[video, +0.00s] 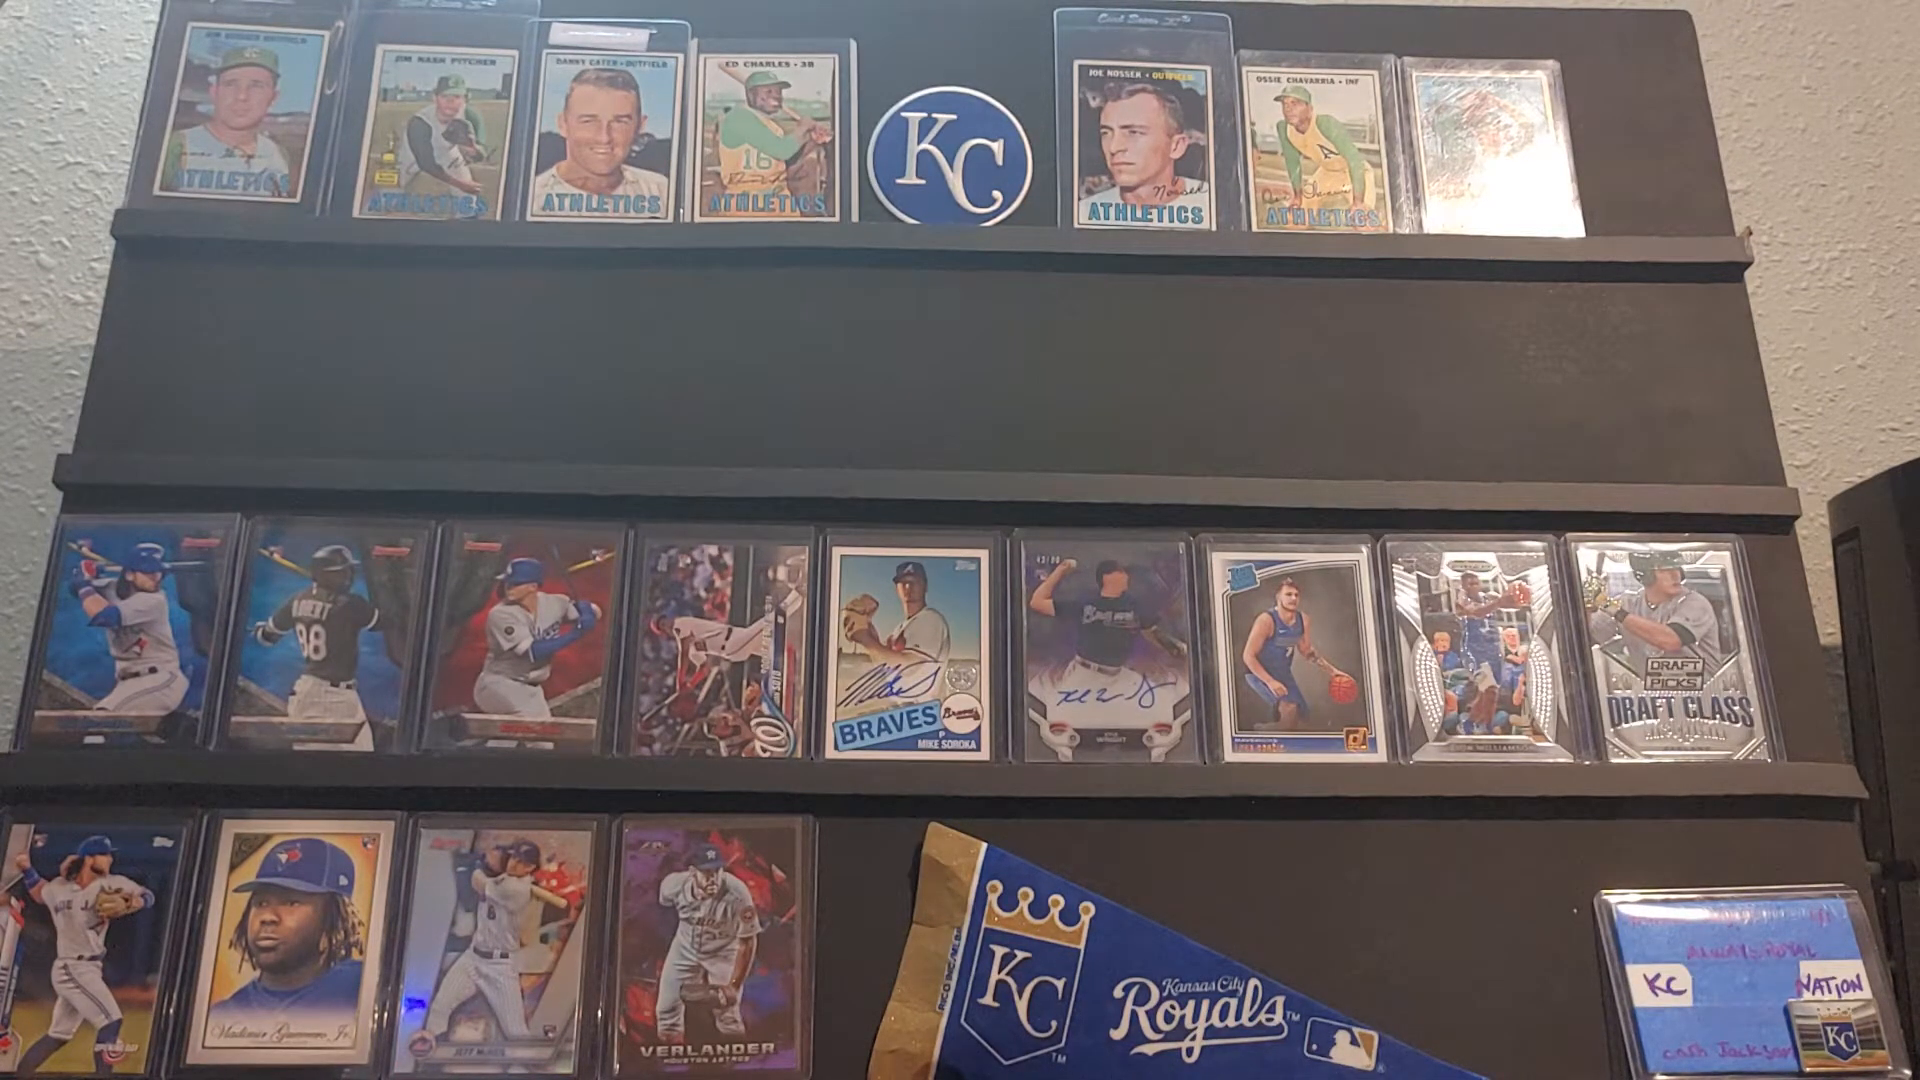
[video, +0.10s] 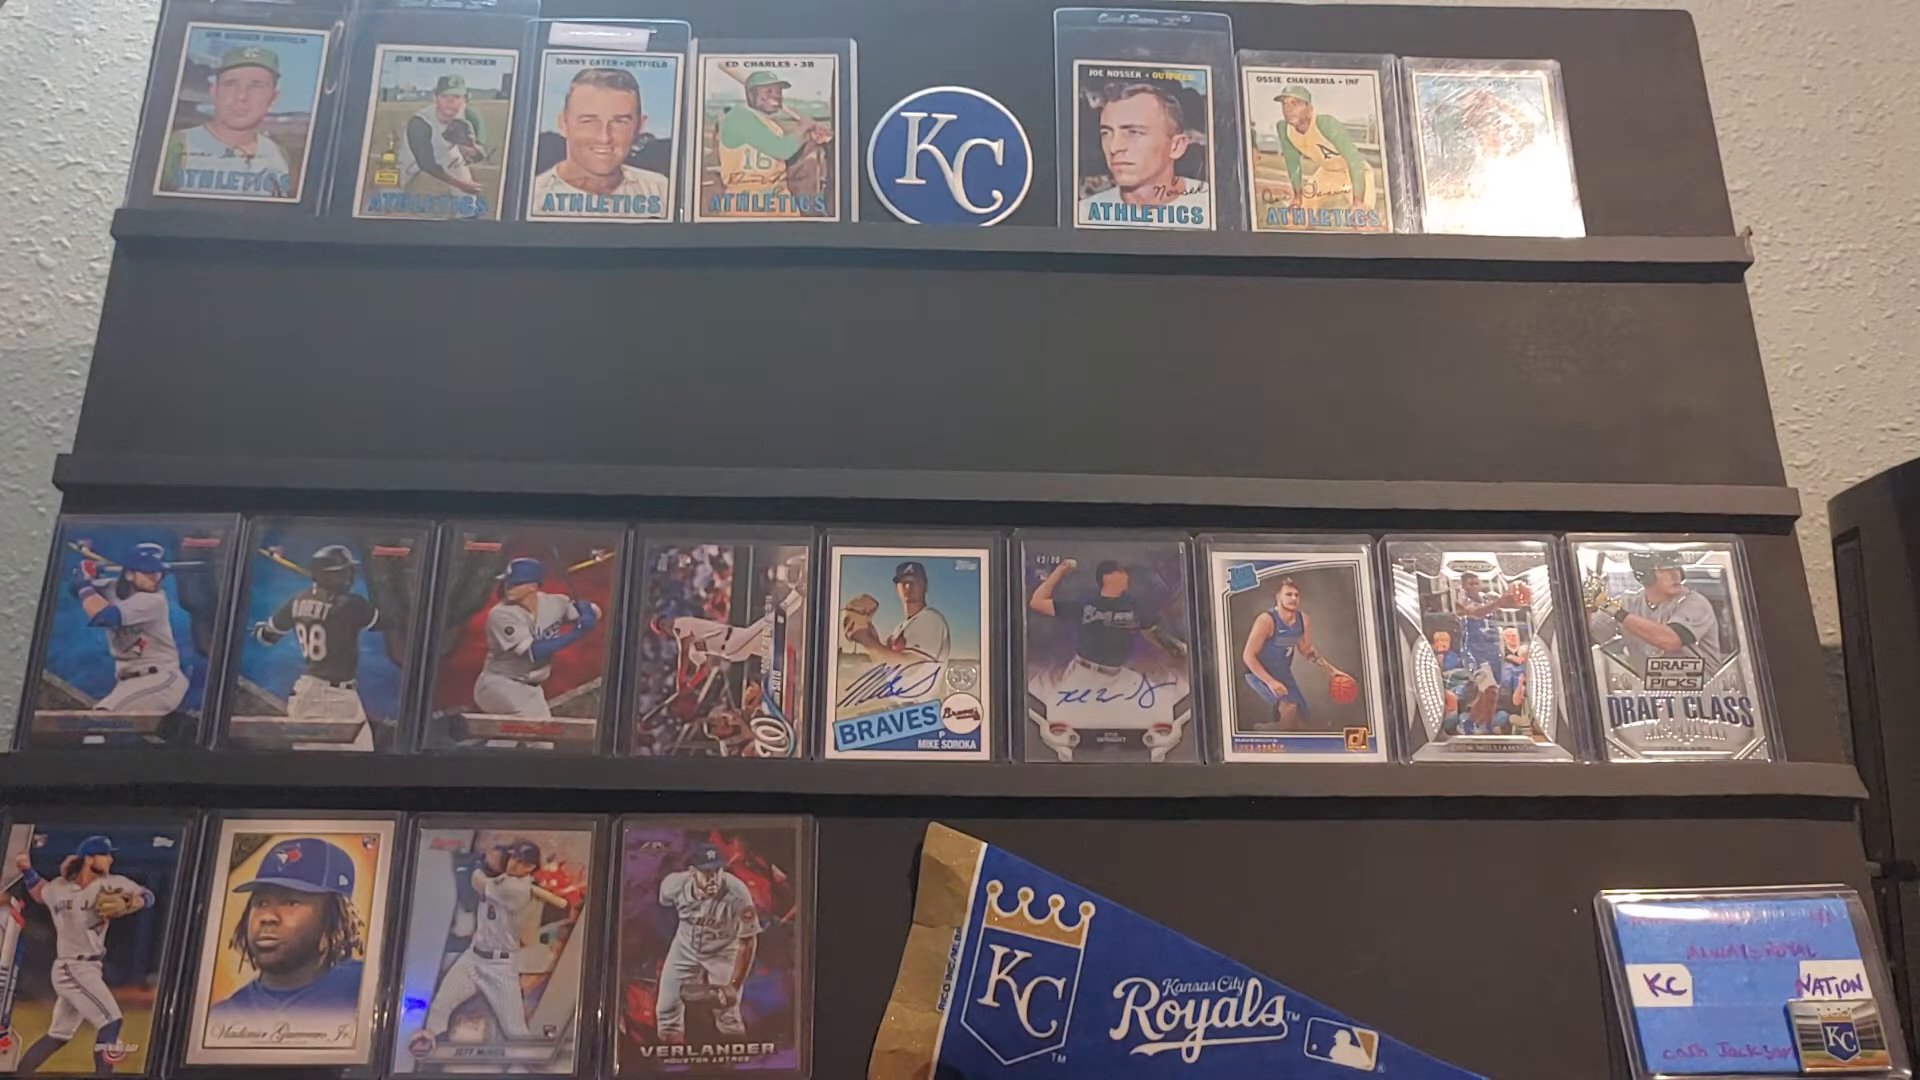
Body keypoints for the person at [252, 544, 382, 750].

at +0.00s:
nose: (351, 577)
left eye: (350, 571)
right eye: (347, 572)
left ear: (319, 574)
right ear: (337, 575)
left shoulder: (299, 601)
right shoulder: (351, 605)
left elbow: (267, 637)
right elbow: (387, 622)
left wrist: (260, 631)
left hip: (306, 693)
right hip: (341, 697)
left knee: (307, 765)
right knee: (361, 766)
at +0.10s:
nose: (351, 577)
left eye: (350, 571)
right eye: (347, 572)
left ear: (320, 574)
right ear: (337, 575)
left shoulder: (299, 601)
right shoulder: (352, 605)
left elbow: (267, 637)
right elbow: (387, 622)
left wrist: (259, 630)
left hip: (306, 692)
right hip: (341, 697)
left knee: (307, 765)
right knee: (361, 766)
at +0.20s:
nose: (351, 577)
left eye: (350, 571)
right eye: (347, 572)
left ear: (320, 574)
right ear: (336, 575)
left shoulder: (299, 601)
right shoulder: (352, 605)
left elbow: (267, 637)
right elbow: (387, 622)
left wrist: (259, 630)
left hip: (306, 692)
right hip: (341, 697)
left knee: (306, 765)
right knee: (361, 766)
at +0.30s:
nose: (351, 577)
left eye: (350, 571)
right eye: (347, 572)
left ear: (319, 574)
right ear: (336, 575)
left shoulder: (299, 601)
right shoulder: (351, 605)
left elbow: (267, 637)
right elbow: (387, 622)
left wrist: (259, 630)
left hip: (306, 692)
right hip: (341, 697)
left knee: (307, 765)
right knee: (360, 766)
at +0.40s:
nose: (351, 577)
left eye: (350, 571)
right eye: (347, 572)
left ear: (320, 574)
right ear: (336, 575)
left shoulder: (299, 601)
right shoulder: (352, 605)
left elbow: (267, 637)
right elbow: (387, 622)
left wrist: (259, 630)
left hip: (305, 693)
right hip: (341, 697)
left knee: (306, 765)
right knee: (361, 766)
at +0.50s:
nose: (351, 577)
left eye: (350, 571)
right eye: (347, 572)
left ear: (320, 574)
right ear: (336, 575)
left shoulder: (299, 601)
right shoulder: (352, 605)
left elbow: (267, 637)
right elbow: (387, 622)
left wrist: (259, 630)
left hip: (305, 693)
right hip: (341, 697)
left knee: (306, 765)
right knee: (361, 766)